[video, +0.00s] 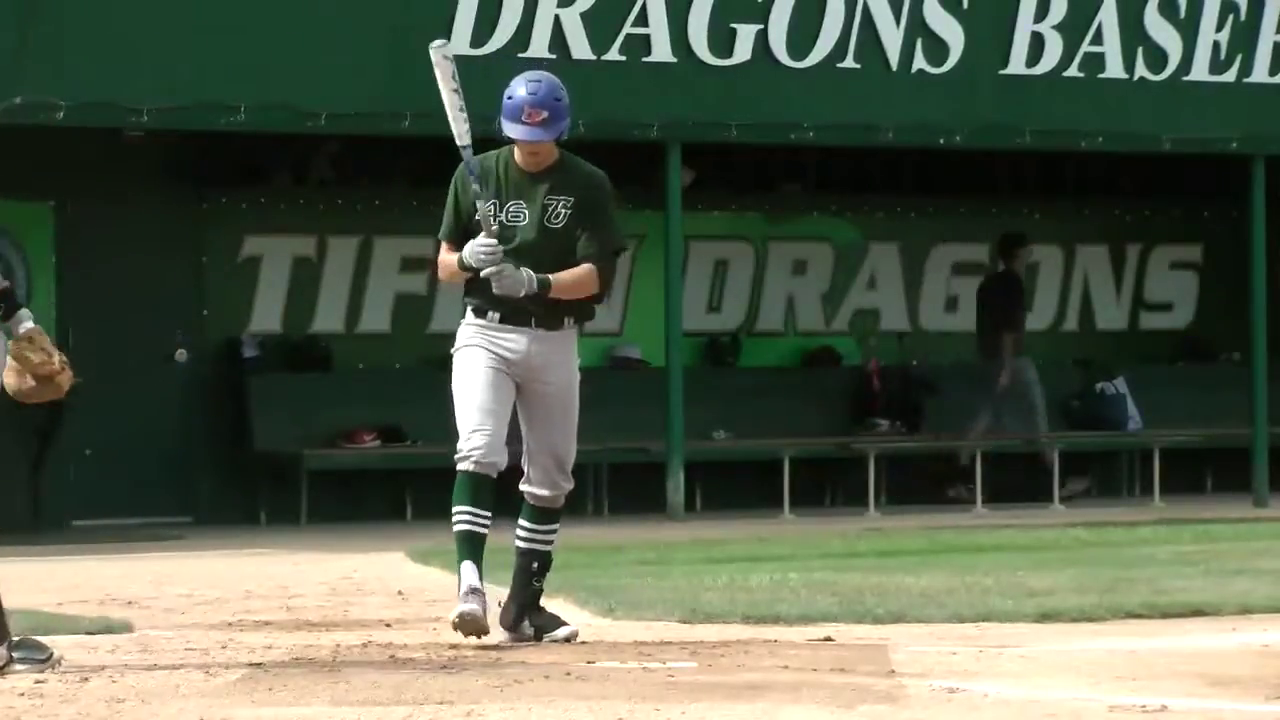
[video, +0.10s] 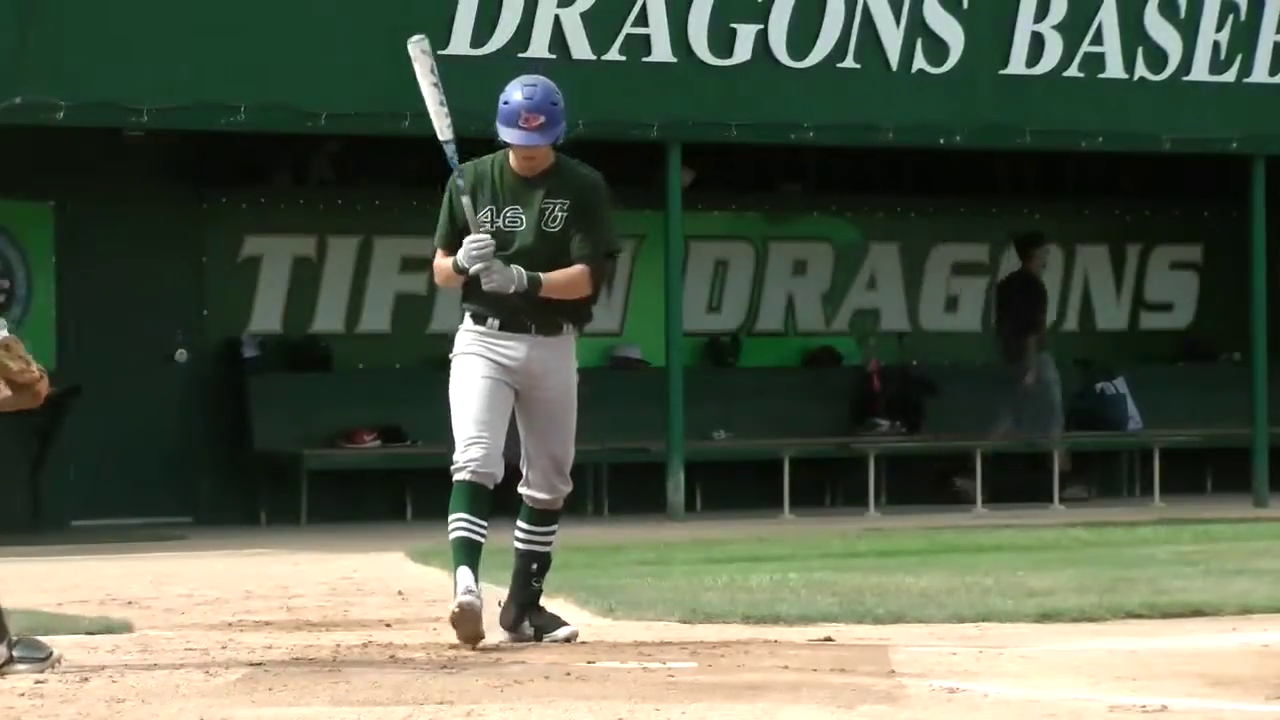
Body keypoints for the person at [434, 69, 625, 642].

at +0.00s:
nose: (531, 144)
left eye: (542, 134)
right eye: (522, 132)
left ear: (561, 128)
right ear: (507, 124)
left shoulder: (588, 185)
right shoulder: (474, 176)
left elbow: (598, 275)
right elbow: (445, 267)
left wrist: (534, 282)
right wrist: (466, 260)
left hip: (553, 345)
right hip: (483, 338)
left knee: (550, 477)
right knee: (481, 454)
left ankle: (523, 607)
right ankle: (472, 591)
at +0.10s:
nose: (528, 151)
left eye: (538, 141)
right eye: (519, 140)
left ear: (558, 133)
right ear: (503, 130)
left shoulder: (583, 188)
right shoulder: (469, 182)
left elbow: (588, 279)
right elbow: (442, 272)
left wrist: (525, 280)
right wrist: (463, 262)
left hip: (552, 349)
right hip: (482, 343)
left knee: (548, 482)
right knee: (476, 461)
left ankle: (522, 607)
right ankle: (467, 592)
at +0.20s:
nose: (521, 156)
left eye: (532, 146)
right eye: (512, 146)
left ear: (551, 139)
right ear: (495, 137)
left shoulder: (577, 193)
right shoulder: (461, 190)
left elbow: (579, 282)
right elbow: (436, 281)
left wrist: (514, 279)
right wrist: (455, 267)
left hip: (548, 355)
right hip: (478, 351)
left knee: (545, 488)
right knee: (475, 470)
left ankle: (523, 608)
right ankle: (467, 607)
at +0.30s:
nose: (512, 161)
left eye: (522, 150)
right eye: (501, 151)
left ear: (539, 142)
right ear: (484, 142)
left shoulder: (567, 193)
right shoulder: (452, 194)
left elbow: (568, 283)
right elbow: (426, 287)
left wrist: (498, 279)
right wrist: (444, 272)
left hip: (541, 355)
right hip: (470, 350)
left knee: (550, 487)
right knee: (473, 467)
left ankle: (527, 601)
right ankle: (467, 606)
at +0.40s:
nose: (503, 164)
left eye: (514, 154)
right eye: (493, 154)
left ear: (531, 144)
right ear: (474, 143)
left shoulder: (557, 190)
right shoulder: (443, 190)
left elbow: (557, 282)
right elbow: (409, 282)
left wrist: (481, 279)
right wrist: (429, 270)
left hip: (534, 353)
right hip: (462, 350)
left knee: (559, 483)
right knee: (469, 468)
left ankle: (539, 582)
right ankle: (467, 606)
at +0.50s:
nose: (500, 164)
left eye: (510, 153)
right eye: (489, 154)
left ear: (526, 143)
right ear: (468, 142)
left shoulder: (549, 188)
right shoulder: (435, 185)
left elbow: (547, 281)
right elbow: (397, 274)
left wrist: (472, 278)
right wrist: (423, 269)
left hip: (533, 351)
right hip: (458, 349)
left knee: (563, 483)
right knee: (464, 470)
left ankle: (553, 570)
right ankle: (466, 607)